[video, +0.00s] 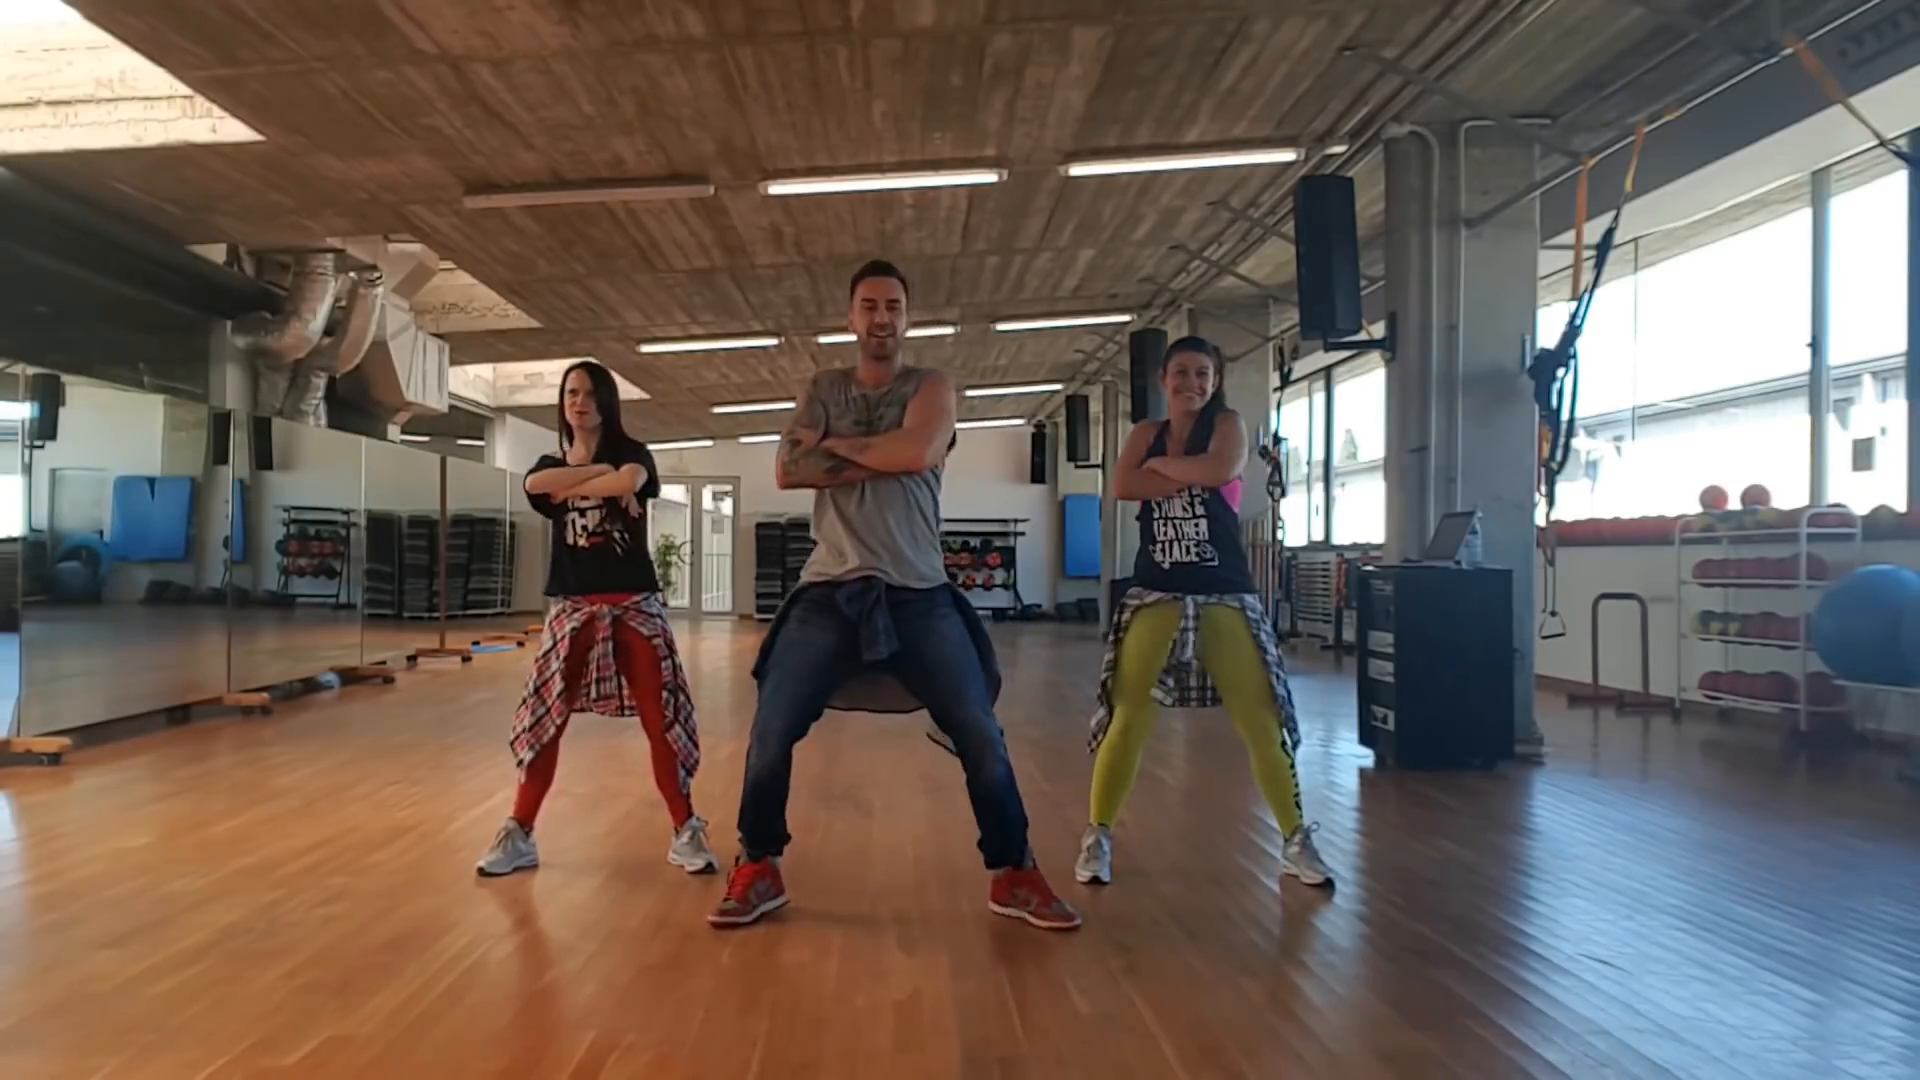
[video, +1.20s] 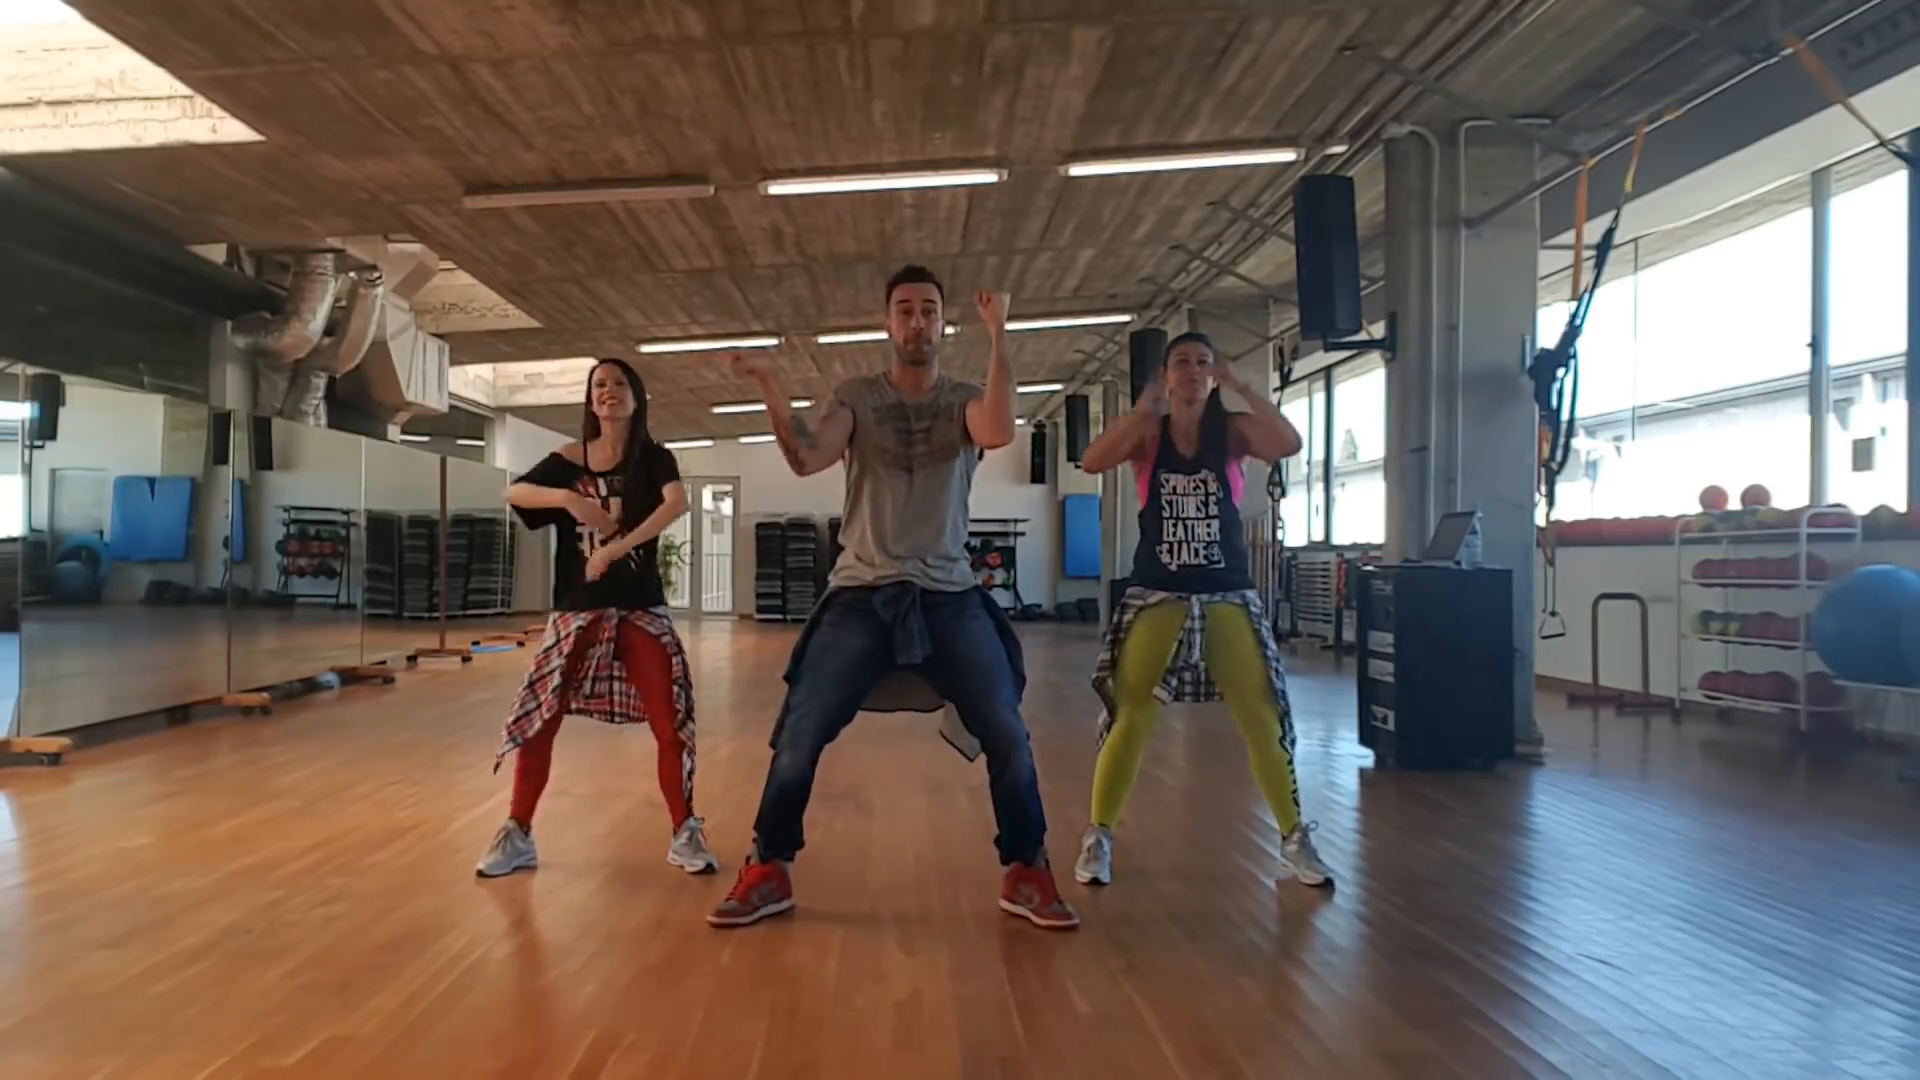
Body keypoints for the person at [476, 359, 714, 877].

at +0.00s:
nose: (578, 402)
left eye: (587, 394)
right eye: (571, 394)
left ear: (607, 402)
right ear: (561, 403)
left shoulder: (633, 453)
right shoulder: (551, 461)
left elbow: (628, 483)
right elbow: (535, 486)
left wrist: (567, 487)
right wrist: (603, 472)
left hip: (634, 601)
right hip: (572, 603)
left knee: (659, 719)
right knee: (547, 716)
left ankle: (687, 830)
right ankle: (520, 834)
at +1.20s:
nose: (609, 391)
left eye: (618, 383)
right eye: (600, 386)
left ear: (637, 396)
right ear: (590, 400)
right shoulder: (569, 458)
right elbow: (515, 494)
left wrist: (618, 545)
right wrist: (567, 499)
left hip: (641, 606)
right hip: (578, 607)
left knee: (670, 724)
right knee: (540, 716)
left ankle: (686, 833)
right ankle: (518, 834)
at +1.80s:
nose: (620, 404)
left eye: (628, 395)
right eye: (610, 398)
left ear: (647, 404)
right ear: (601, 412)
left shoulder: (663, 461)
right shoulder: (590, 464)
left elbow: (693, 456)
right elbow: (544, 471)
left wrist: (684, 389)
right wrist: (550, 402)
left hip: (667, 606)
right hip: (609, 609)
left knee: (684, 726)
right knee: (560, 724)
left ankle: (691, 830)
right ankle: (612, 808)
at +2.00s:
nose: (592, 423)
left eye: (600, 415)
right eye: (584, 417)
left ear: (620, 423)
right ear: (574, 428)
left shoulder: (631, 481)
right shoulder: (563, 480)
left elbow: (654, 491)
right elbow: (521, 491)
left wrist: (653, 417)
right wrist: (529, 425)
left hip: (626, 628)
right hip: (569, 629)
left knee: (656, 729)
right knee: (516, 720)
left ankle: (696, 831)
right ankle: (527, 832)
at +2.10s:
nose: (577, 418)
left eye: (586, 410)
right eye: (569, 411)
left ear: (606, 421)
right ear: (558, 423)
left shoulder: (612, 475)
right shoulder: (545, 472)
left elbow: (638, 480)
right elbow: (504, 482)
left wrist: (636, 414)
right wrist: (517, 413)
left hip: (601, 616)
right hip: (545, 618)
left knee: (638, 726)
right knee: (504, 726)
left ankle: (691, 830)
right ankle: (525, 831)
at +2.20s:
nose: (565, 404)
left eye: (575, 397)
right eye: (558, 397)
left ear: (594, 409)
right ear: (547, 410)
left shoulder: (603, 463)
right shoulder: (532, 458)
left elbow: (636, 468)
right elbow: (489, 461)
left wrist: (630, 398)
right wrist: (509, 393)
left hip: (591, 606)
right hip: (532, 606)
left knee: (623, 708)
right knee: (503, 725)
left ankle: (661, 818)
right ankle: (525, 829)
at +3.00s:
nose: (623, 416)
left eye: (631, 409)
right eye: (613, 411)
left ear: (648, 420)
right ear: (604, 425)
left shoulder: (664, 473)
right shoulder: (591, 477)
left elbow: (688, 459)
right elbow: (546, 470)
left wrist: (662, 396)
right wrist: (563, 402)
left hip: (678, 618)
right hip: (621, 624)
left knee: (716, 725)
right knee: (591, 733)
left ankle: (682, 831)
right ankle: (515, 806)